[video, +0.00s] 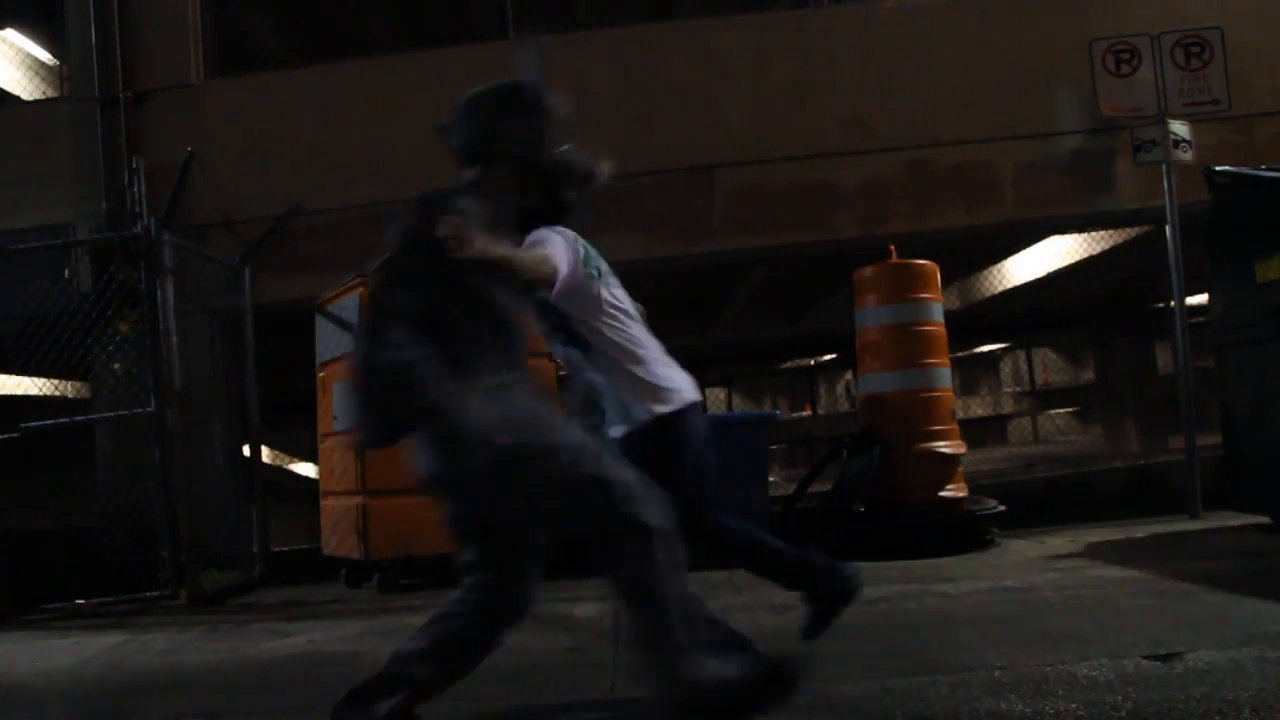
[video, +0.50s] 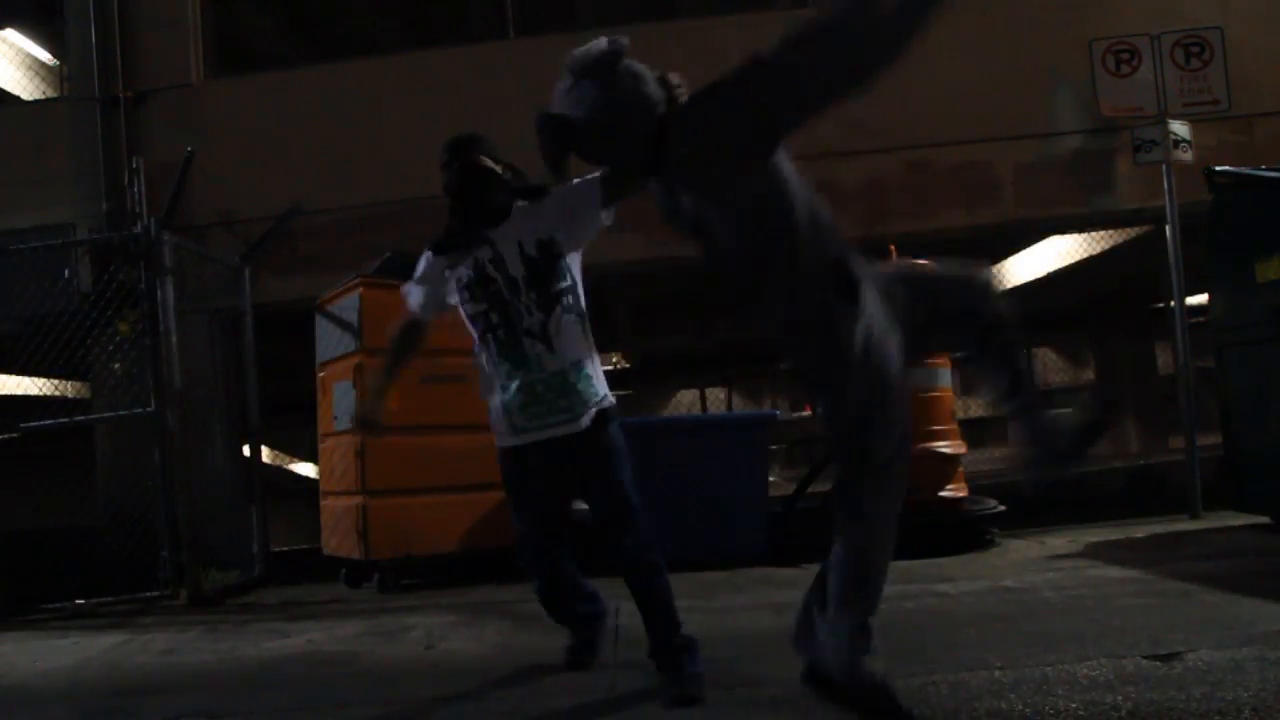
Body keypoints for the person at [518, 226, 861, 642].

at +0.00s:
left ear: (518, 202)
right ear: (557, 202)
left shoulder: (553, 239)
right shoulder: (575, 248)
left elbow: (540, 267)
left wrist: (479, 247)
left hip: (661, 412)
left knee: (695, 529)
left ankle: (821, 579)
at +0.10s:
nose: (601, 170)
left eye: (603, 154)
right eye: (591, 153)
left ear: (552, 146)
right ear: (554, 149)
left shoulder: (566, 216)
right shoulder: (512, 217)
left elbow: (579, 329)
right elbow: (499, 341)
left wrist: (643, 350)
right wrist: (602, 371)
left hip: (608, 420)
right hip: (585, 429)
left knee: (574, 584)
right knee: (717, 531)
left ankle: (434, 659)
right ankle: (811, 676)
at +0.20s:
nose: (638, 143)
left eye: (632, 125)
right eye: (622, 126)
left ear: (553, 145)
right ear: (587, 133)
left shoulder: (546, 220)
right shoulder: (591, 208)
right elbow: (651, 317)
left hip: (624, 427)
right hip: (683, 421)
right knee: (788, 562)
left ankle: (580, 598)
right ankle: (851, 699)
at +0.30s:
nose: (653, 118)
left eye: (642, 104)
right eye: (636, 108)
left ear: (579, 143)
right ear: (617, 127)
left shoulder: (615, 210)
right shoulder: (649, 202)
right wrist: (861, 198)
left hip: (691, 408)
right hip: (739, 407)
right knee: (840, 525)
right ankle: (844, 693)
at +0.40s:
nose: (659, 95)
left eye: (649, 86)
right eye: (644, 92)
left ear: (595, 133)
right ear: (627, 115)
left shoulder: (653, 171)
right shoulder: (673, 164)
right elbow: (796, 143)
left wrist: (584, 59)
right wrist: (923, 99)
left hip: (790, 345)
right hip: (789, 356)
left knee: (859, 501)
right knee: (860, 507)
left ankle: (843, 678)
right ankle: (844, 689)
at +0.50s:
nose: (666, 78)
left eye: (649, 79)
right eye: (650, 80)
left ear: (619, 134)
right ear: (647, 102)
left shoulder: (672, 154)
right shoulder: (705, 129)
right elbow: (811, 62)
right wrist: (908, 0)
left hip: (849, 290)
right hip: (834, 322)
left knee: (976, 297)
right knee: (873, 478)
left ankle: (1040, 432)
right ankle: (837, 654)